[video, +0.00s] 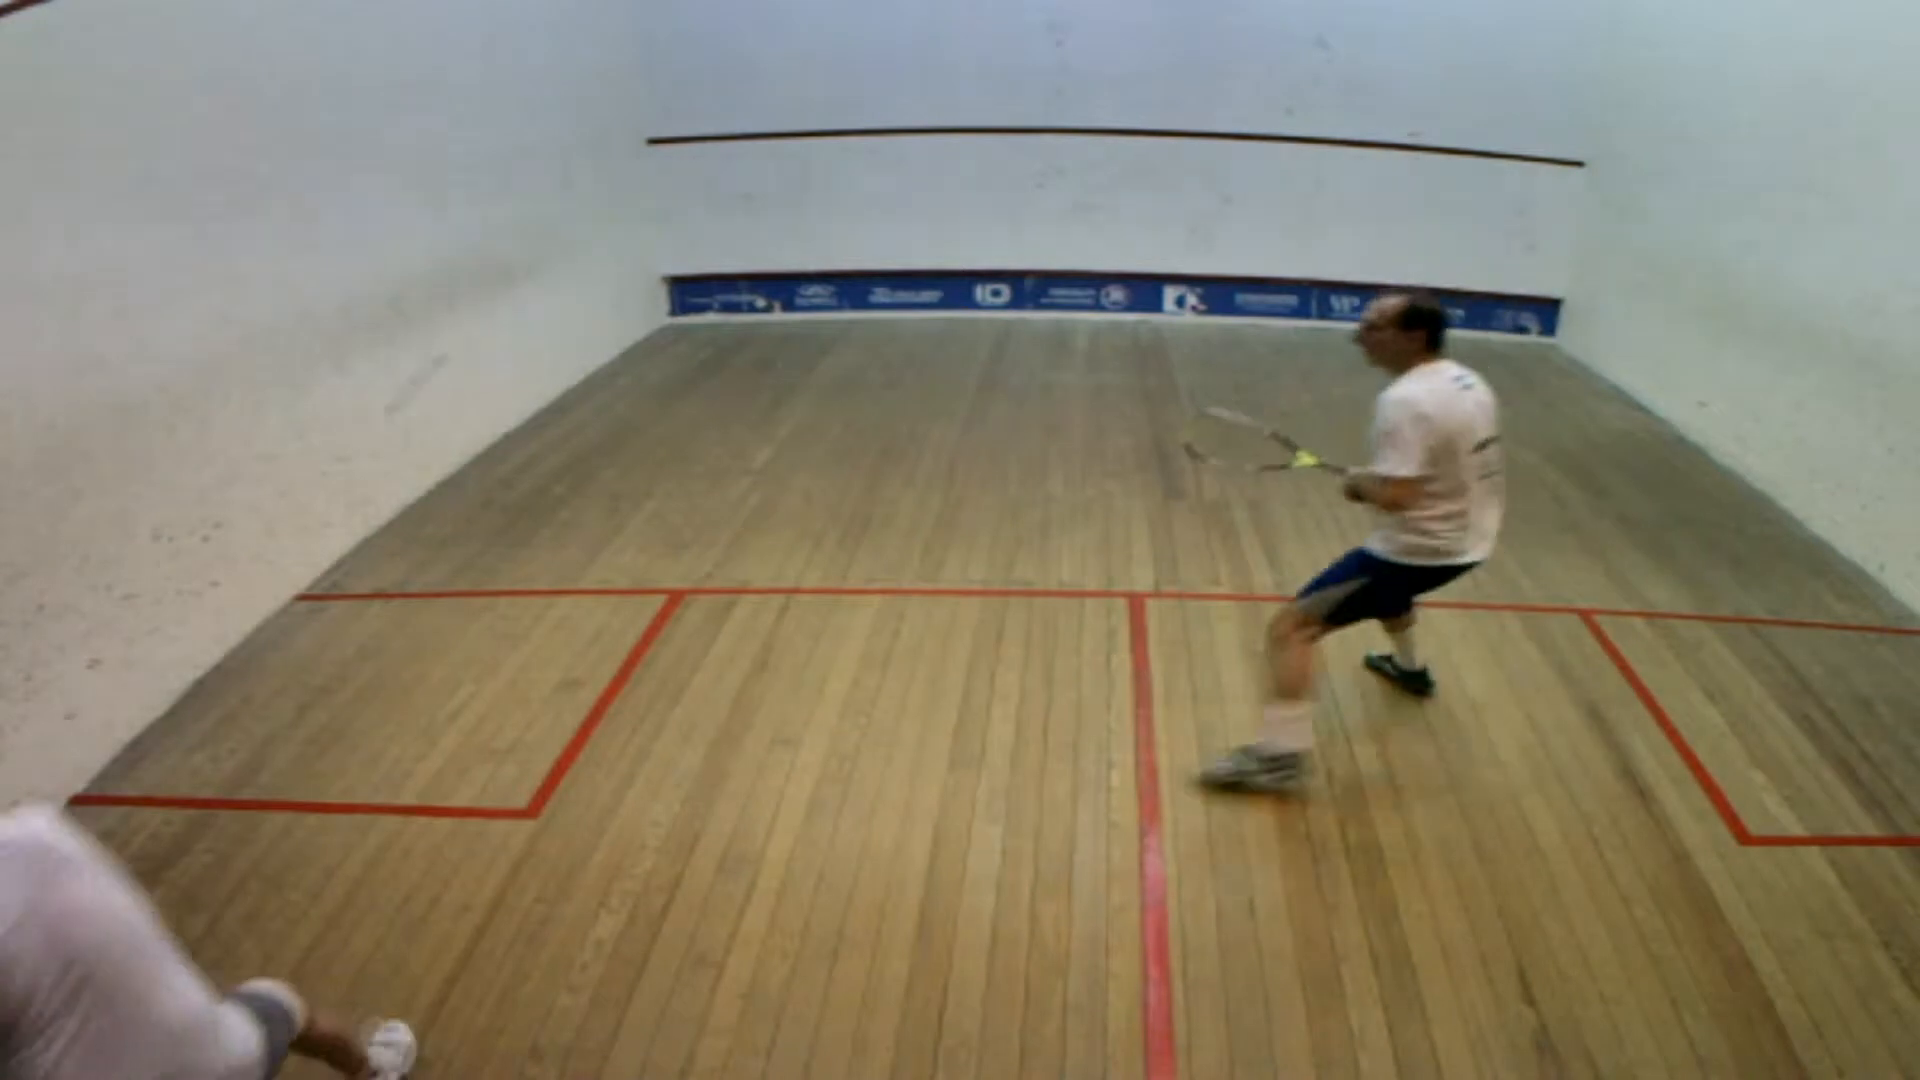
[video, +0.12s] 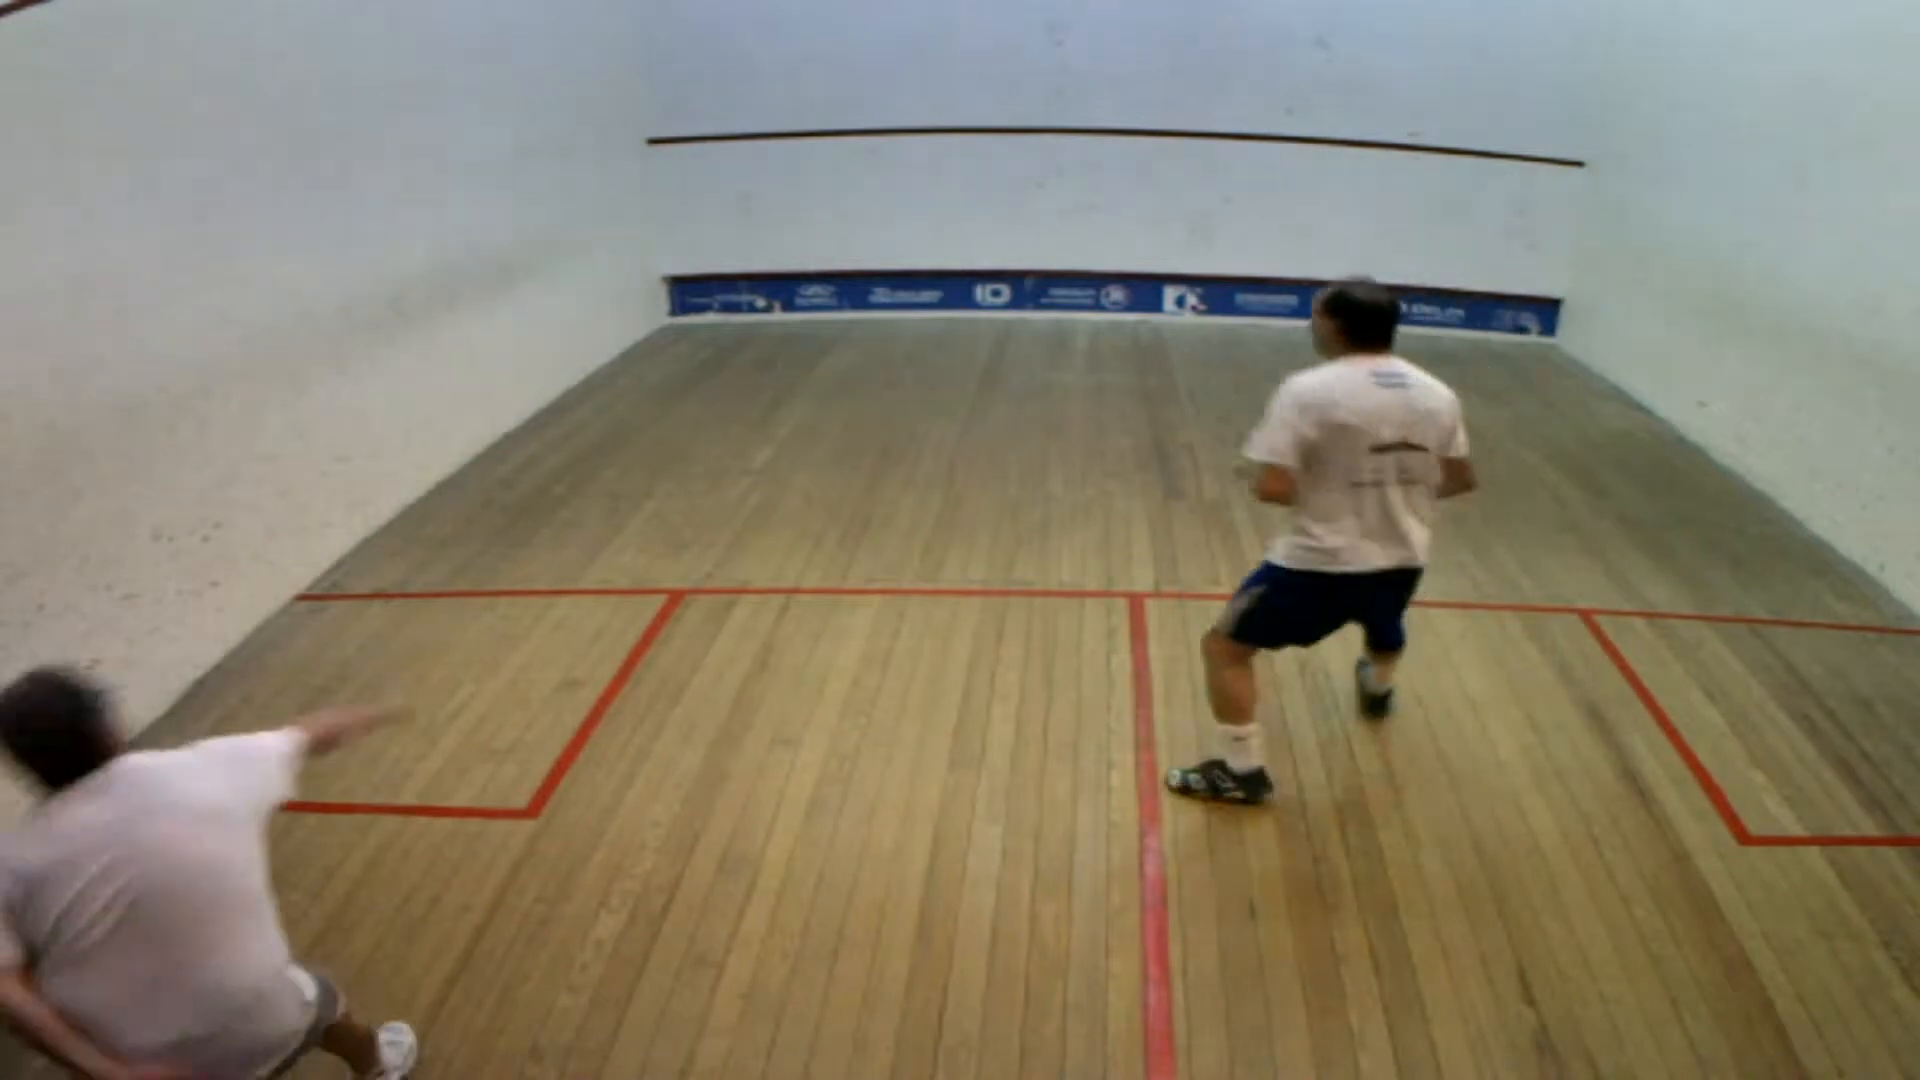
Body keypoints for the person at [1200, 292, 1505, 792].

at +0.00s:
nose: (1361, 335)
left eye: (1374, 328)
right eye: (1365, 324)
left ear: (1414, 338)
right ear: (1422, 339)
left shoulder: (1405, 400)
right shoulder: (1469, 383)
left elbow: (1402, 492)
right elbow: (1452, 468)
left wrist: (1359, 485)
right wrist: (1379, 478)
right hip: (1466, 542)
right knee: (1385, 585)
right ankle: (1409, 665)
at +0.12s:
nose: (1313, 328)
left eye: (1317, 320)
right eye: (1315, 319)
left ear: (1335, 328)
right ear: (1387, 329)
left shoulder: (1306, 391)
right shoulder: (1434, 395)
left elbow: (1275, 485)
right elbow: (1459, 477)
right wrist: (1400, 472)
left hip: (1319, 566)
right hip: (1397, 565)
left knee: (1226, 645)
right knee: (1387, 628)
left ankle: (1242, 766)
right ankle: (1377, 691)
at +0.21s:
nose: (1309, 315)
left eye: (1312, 307)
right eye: (1314, 307)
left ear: (1320, 312)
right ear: (1383, 316)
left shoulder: (1289, 375)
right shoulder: (1430, 385)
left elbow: (1243, 467)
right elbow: (1458, 474)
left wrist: (1285, 487)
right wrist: (1400, 490)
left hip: (1295, 550)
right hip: (1383, 553)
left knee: (1212, 636)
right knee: (1373, 635)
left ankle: (1222, 754)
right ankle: (1368, 717)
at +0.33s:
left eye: (1296, 318)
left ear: (1300, 323)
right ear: (1368, 330)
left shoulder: (1253, 376)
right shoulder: (1407, 399)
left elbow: (1191, 462)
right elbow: (1448, 499)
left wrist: (1226, 498)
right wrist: (1414, 519)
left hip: (1236, 561)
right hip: (1344, 571)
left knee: (1163, 662)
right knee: (1368, 680)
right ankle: (1377, 805)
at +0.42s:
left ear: (1291, 361)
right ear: (1361, 375)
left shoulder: (1240, 412)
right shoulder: (1390, 442)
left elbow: (1158, 488)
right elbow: (1434, 540)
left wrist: (1158, 508)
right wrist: (1412, 544)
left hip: (1204, 594)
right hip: (1312, 612)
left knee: (1132, 678)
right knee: (1363, 724)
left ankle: (1078, 795)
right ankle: (1364, 861)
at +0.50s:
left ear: (1304, 384)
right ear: (1374, 397)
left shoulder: (1245, 432)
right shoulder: (1395, 466)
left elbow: (1144, 504)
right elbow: (1439, 566)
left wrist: (1133, 539)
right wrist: (1421, 566)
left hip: (1200, 607)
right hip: (1305, 629)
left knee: (1130, 684)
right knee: (1358, 748)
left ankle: (1075, 796)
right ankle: (1318, 880)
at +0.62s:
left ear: (1397, 397)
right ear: (1469, 411)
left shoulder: (1343, 442)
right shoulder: (1494, 479)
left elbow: (1217, 514)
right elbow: (1528, 598)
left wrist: (1206, 568)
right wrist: (1501, 613)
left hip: (1271, 619)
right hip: (1362, 659)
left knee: (1221, 694)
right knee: (1345, 785)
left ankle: (1138, 777)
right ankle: (1212, 884)